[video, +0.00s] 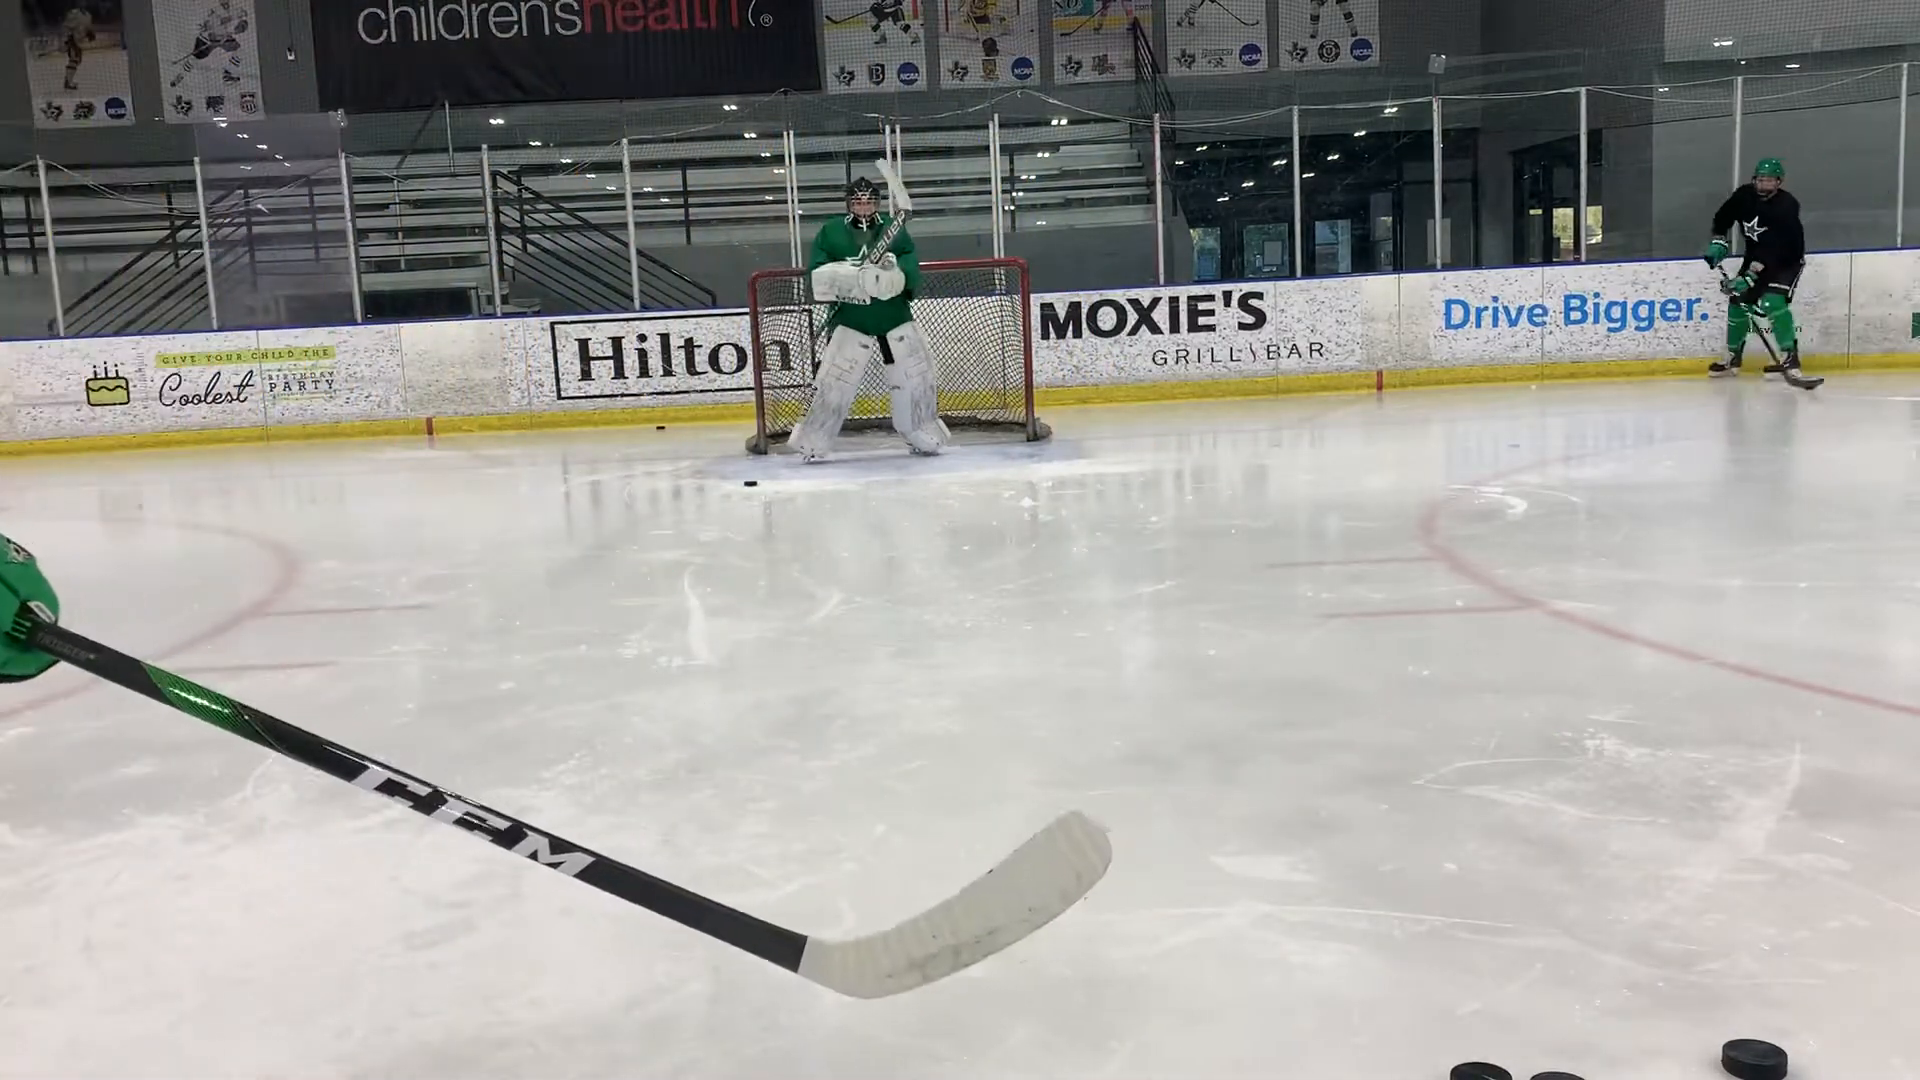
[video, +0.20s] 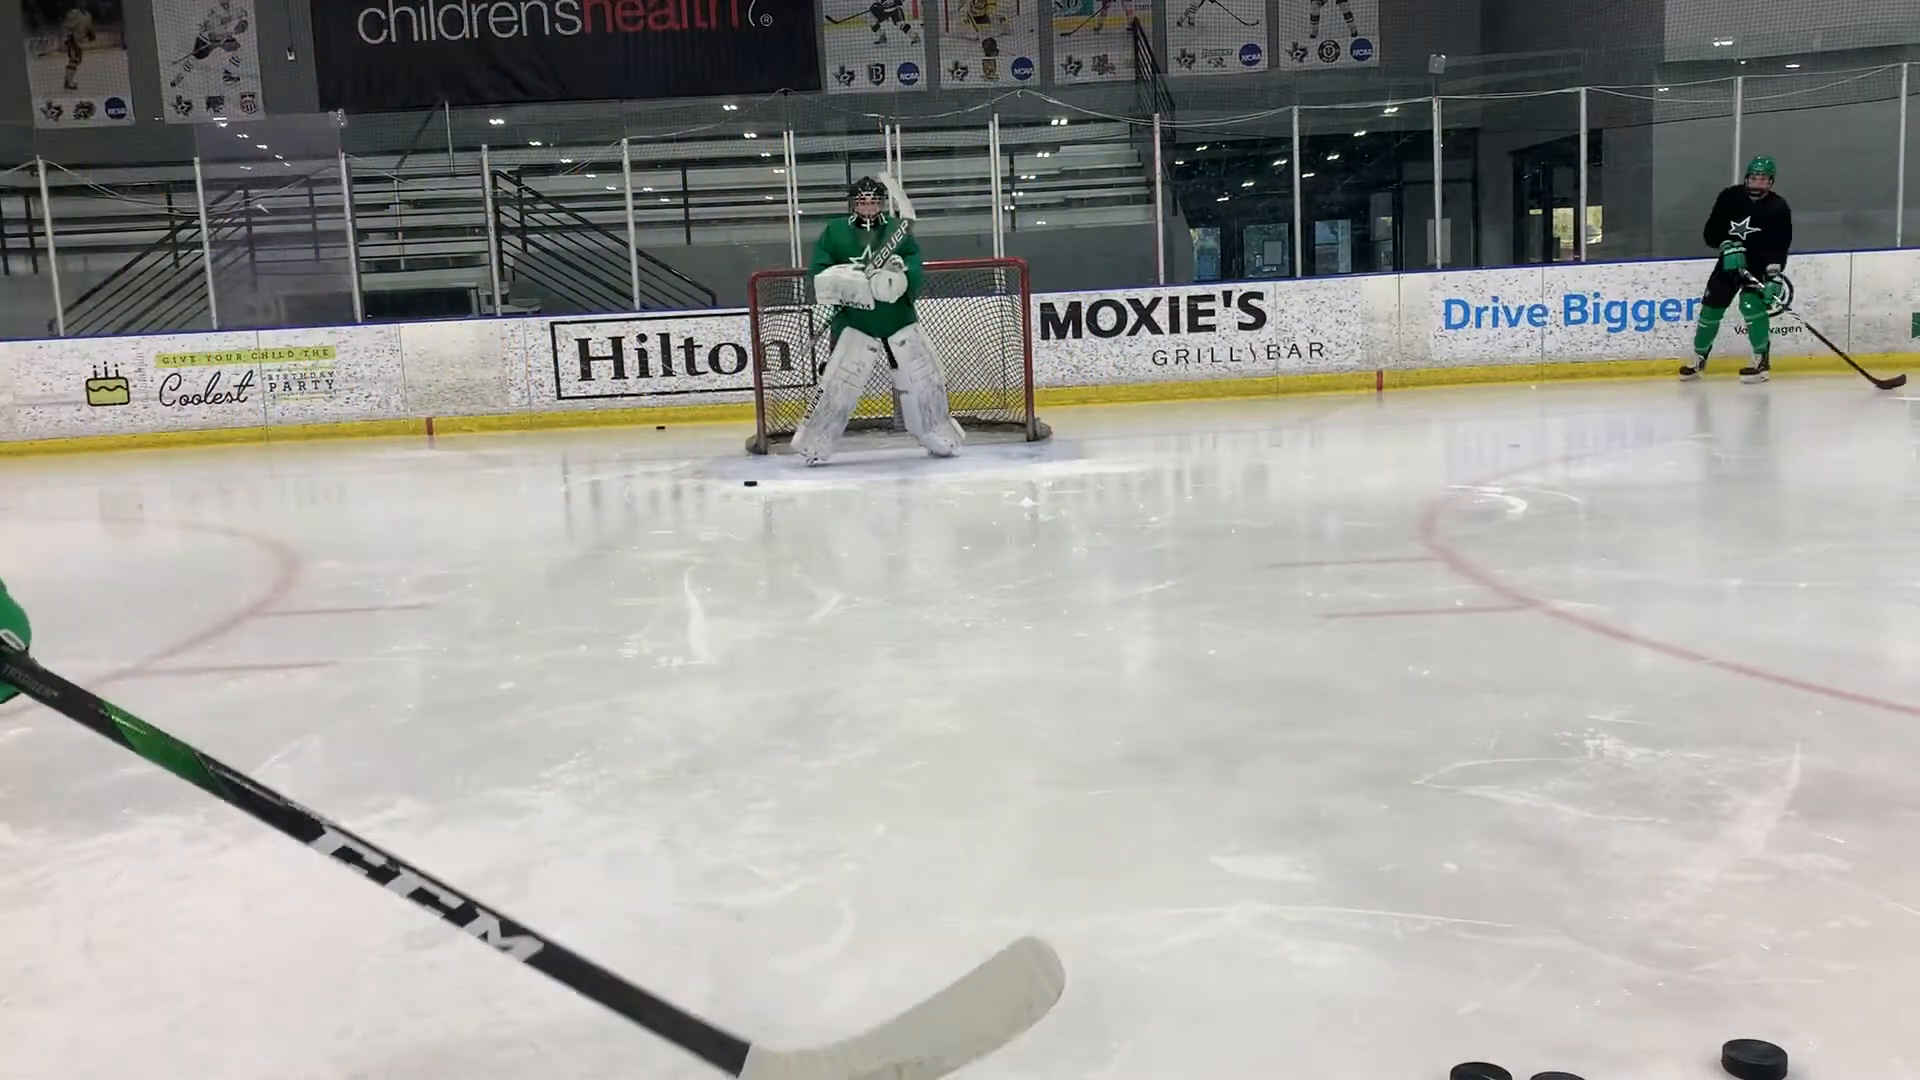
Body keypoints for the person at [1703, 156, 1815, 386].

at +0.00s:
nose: (1766, 185)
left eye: (1771, 180)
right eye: (1762, 179)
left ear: (1779, 182)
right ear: (1755, 180)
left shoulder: (1786, 205)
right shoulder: (1744, 195)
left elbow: (1777, 247)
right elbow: (1723, 217)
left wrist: (1750, 277)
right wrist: (1718, 242)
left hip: (1786, 262)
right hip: (1756, 259)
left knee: (1771, 302)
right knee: (1738, 303)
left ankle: (1790, 356)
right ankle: (1734, 357)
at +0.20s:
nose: (1757, 183)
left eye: (1763, 178)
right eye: (1754, 178)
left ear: (1770, 182)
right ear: (1747, 178)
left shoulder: (1778, 208)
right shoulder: (1730, 197)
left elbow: (1781, 245)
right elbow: (1711, 231)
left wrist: (1774, 274)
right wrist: (1726, 247)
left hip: (1760, 266)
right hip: (1731, 261)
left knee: (1750, 304)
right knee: (1711, 306)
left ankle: (1760, 359)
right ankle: (1699, 359)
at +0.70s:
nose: (1795, 164)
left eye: (1802, 161)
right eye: (1792, 158)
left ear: (1808, 167)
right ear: (1783, 159)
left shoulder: (1809, 202)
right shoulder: (1755, 180)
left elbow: (1805, 241)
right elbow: (1722, 208)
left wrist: (1805, 266)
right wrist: (1721, 236)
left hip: (1769, 260)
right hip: (1735, 251)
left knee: (1758, 308)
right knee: (1717, 304)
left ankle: (1747, 359)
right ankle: (1702, 354)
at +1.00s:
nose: (1822, 149)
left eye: (1828, 145)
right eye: (1818, 143)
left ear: (1834, 151)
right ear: (1807, 145)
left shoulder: (1836, 188)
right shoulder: (1777, 168)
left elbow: (1831, 229)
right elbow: (1746, 196)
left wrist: (1821, 260)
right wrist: (1734, 219)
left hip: (1799, 259)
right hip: (1762, 251)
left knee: (1787, 312)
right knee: (1753, 306)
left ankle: (1772, 362)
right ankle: (1746, 361)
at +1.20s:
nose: (1839, 142)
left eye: (1845, 138)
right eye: (1835, 137)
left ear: (1853, 145)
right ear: (1824, 142)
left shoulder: (1858, 182)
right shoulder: (1798, 167)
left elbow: (1857, 221)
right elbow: (1765, 195)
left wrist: (1849, 249)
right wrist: (1752, 221)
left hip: (1828, 256)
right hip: (1792, 250)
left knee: (1815, 312)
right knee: (1793, 305)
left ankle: (1797, 366)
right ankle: (1789, 362)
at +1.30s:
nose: (1852, 139)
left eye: (1857, 135)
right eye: (1847, 134)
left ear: (1864, 141)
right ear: (1836, 139)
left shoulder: (1872, 178)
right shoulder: (1810, 166)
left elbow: (1873, 215)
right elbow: (1779, 198)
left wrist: (1867, 241)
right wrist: (1766, 228)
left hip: (1844, 253)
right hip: (1809, 249)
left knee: (1831, 309)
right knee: (1814, 303)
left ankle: (1807, 363)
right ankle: (1815, 358)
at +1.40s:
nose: (1865, 135)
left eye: (1870, 131)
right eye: (1859, 131)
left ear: (1877, 137)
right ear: (1848, 136)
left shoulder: (1886, 174)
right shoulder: (1822, 165)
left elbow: (1891, 209)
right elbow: (1797, 201)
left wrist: (1889, 232)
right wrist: (1785, 234)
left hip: (1863, 249)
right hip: (1826, 247)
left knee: (1847, 307)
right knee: (1838, 301)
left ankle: (1824, 364)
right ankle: (1845, 355)